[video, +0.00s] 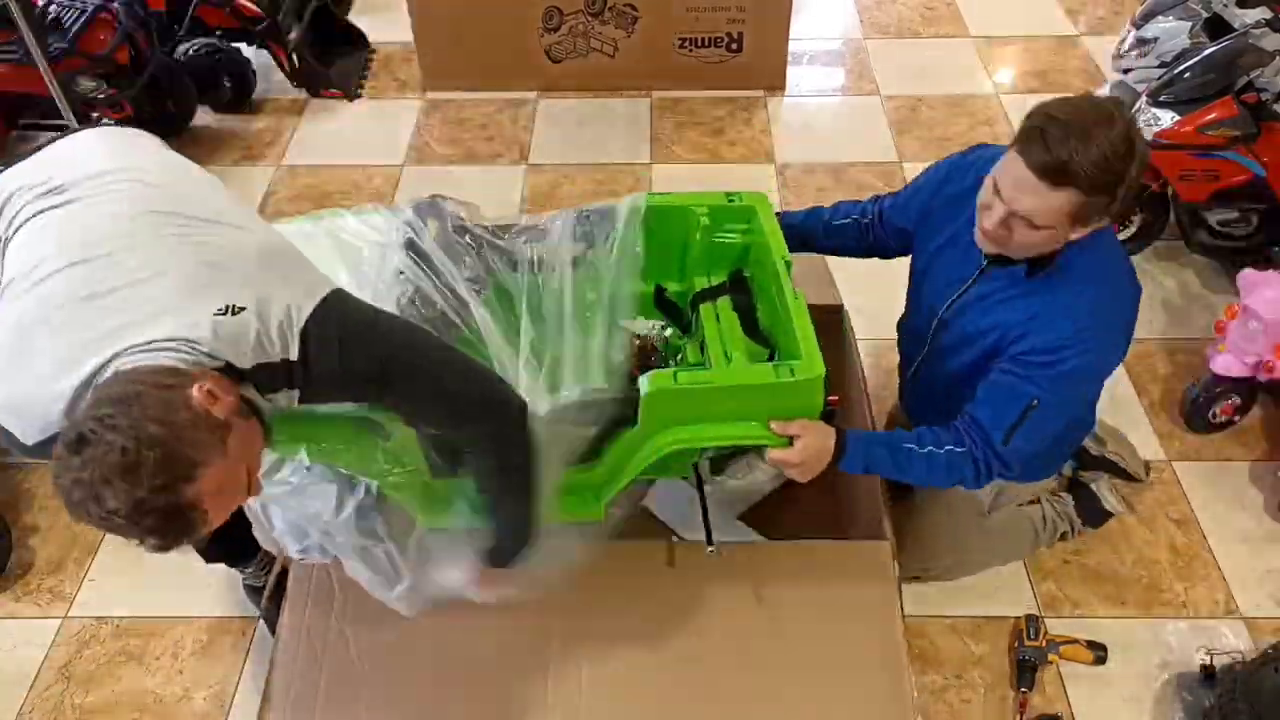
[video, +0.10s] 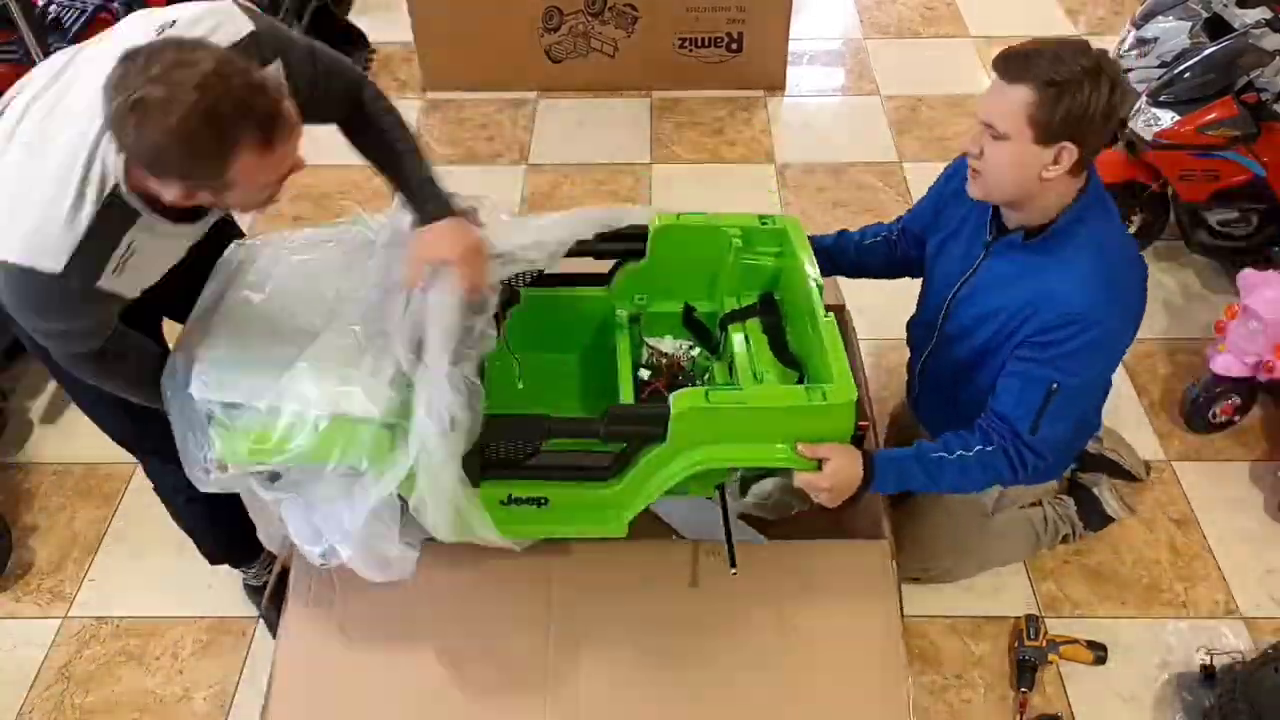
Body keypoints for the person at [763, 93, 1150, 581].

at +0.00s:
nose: (992, 219)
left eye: (1024, 222)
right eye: (996, 190)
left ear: (1083, 228)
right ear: (1005, 156)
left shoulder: (1081, 321)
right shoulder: (974, 172)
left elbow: (980, 449)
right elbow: (878, 224)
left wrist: (841, 450)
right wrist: (768, 232)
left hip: (995, 453)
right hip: (924, 392)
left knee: (913, 555)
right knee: (891, 486)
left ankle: (1073, 507)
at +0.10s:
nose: (970, 146)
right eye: (978, 127)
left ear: (1058, 160)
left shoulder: (1090, 297)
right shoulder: (976, 179)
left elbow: (1013, 449)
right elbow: (908, 243)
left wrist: (870, 470)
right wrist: (801, 253)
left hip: (998, 451)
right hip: (929, 396)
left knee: (915, 557)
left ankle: (1077, 506)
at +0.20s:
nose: (956, 127)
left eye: (974, 117)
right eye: (963, 110)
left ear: (1034, 139)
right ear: (1031, 138)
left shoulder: (1090, 283)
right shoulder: (976, 171)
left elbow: (1024, 443)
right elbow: (909, 243)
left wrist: (881, 469)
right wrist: (805, 249)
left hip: (1001, 445)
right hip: (929, 397)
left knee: (918, 558)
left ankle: (1075, 508)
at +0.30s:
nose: (962, 103)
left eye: (982, 92)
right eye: (970, 85)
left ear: (1042, 115)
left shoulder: (1087, 263)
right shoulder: (972, 153)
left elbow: (1058, 411)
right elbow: (942, 245)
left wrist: (932, 448)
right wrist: (852, 238)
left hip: (992, 421)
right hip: (915, 358)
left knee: (918, 555)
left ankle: (1078, 505)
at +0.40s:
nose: (950, 109)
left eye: (974, 98)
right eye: (953, 88)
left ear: (1038, 114)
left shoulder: (1075, 248)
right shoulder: (969, 148)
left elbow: (1049, 401)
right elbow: (937, 243)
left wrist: (923, 429)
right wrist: (848, 236)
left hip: (996, 420)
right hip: (924, 365)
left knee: (918, 554)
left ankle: (1080, 512)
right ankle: (1046, 449)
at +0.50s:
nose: (945, 109)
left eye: (968, 98)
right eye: (949, 88)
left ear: (1032, 113)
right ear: (948, 70)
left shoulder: (1069, 244)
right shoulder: (966, 143)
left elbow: (1050, 398)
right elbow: (940, 245)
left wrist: (924, 430)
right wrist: (854, 242)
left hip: (997, 418)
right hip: (923, 362)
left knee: (920, 556)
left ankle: (1079, 514)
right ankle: (1044, 449)